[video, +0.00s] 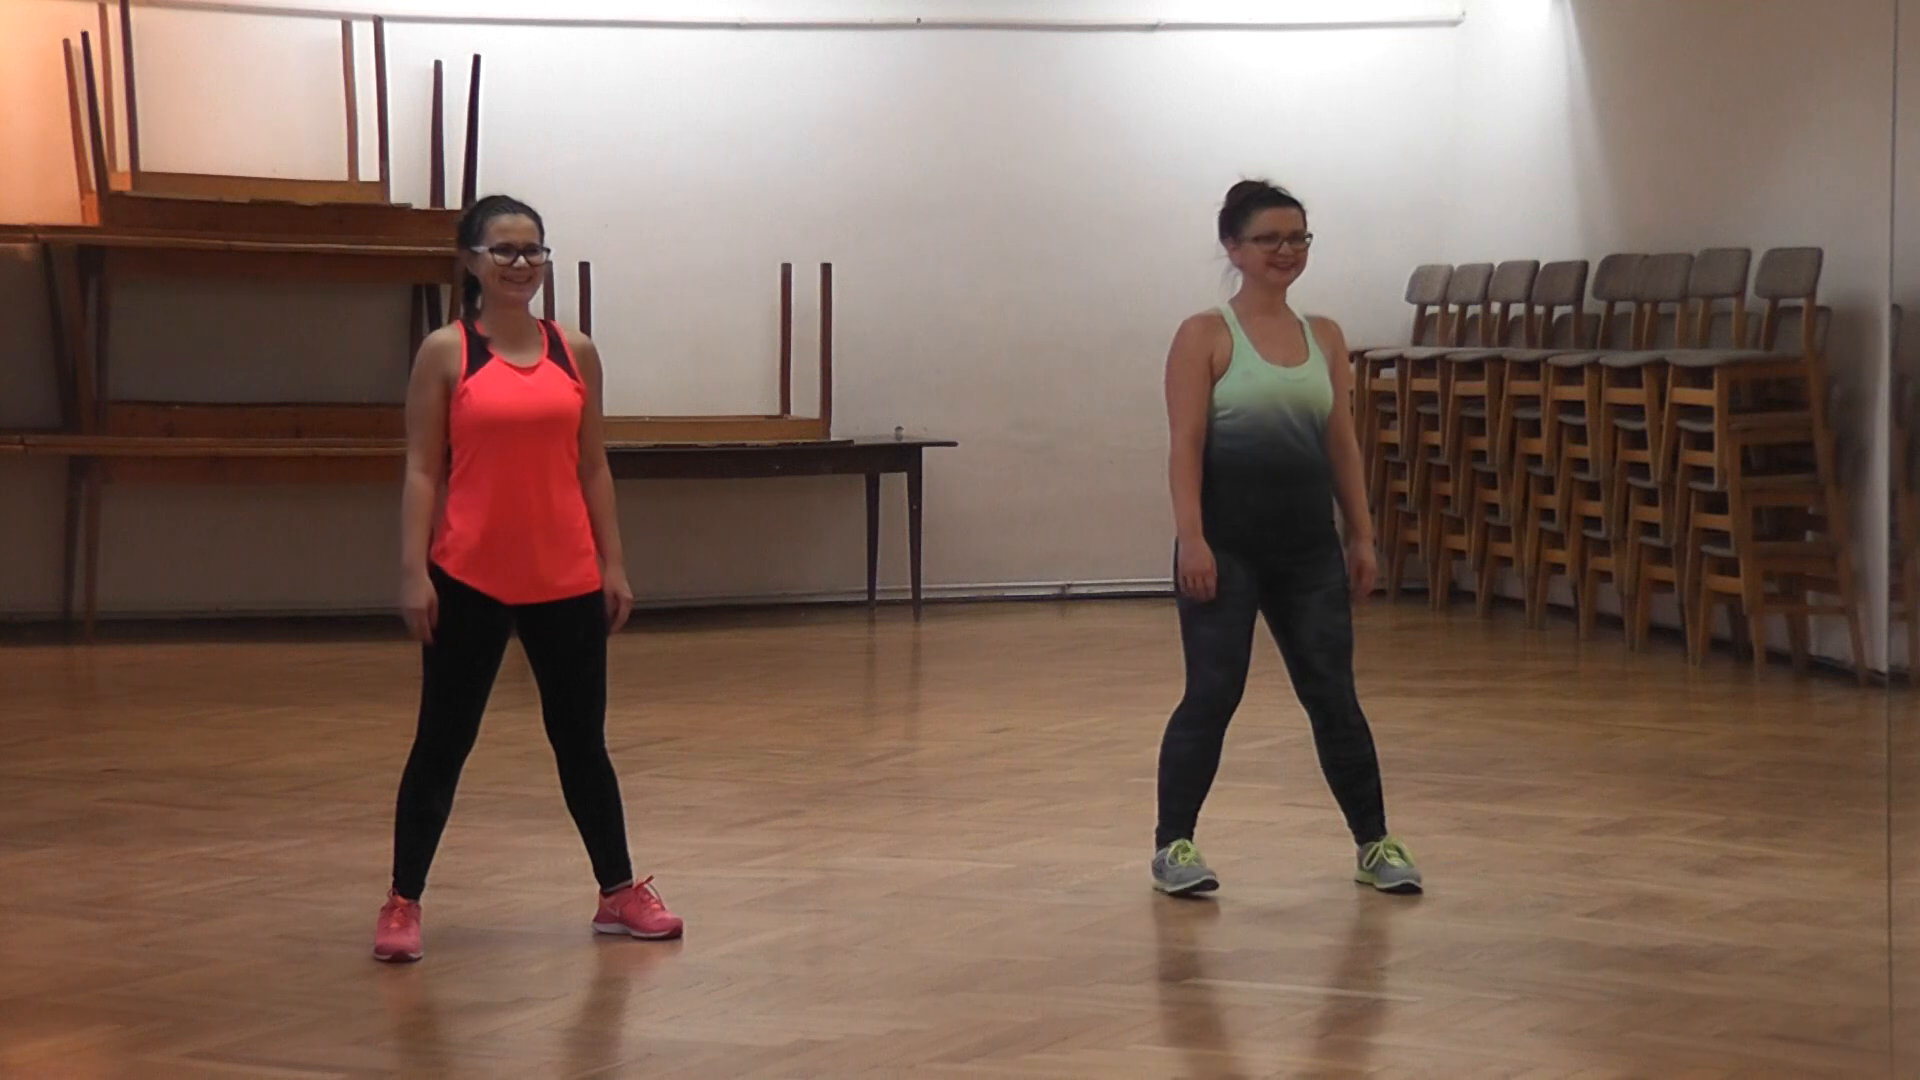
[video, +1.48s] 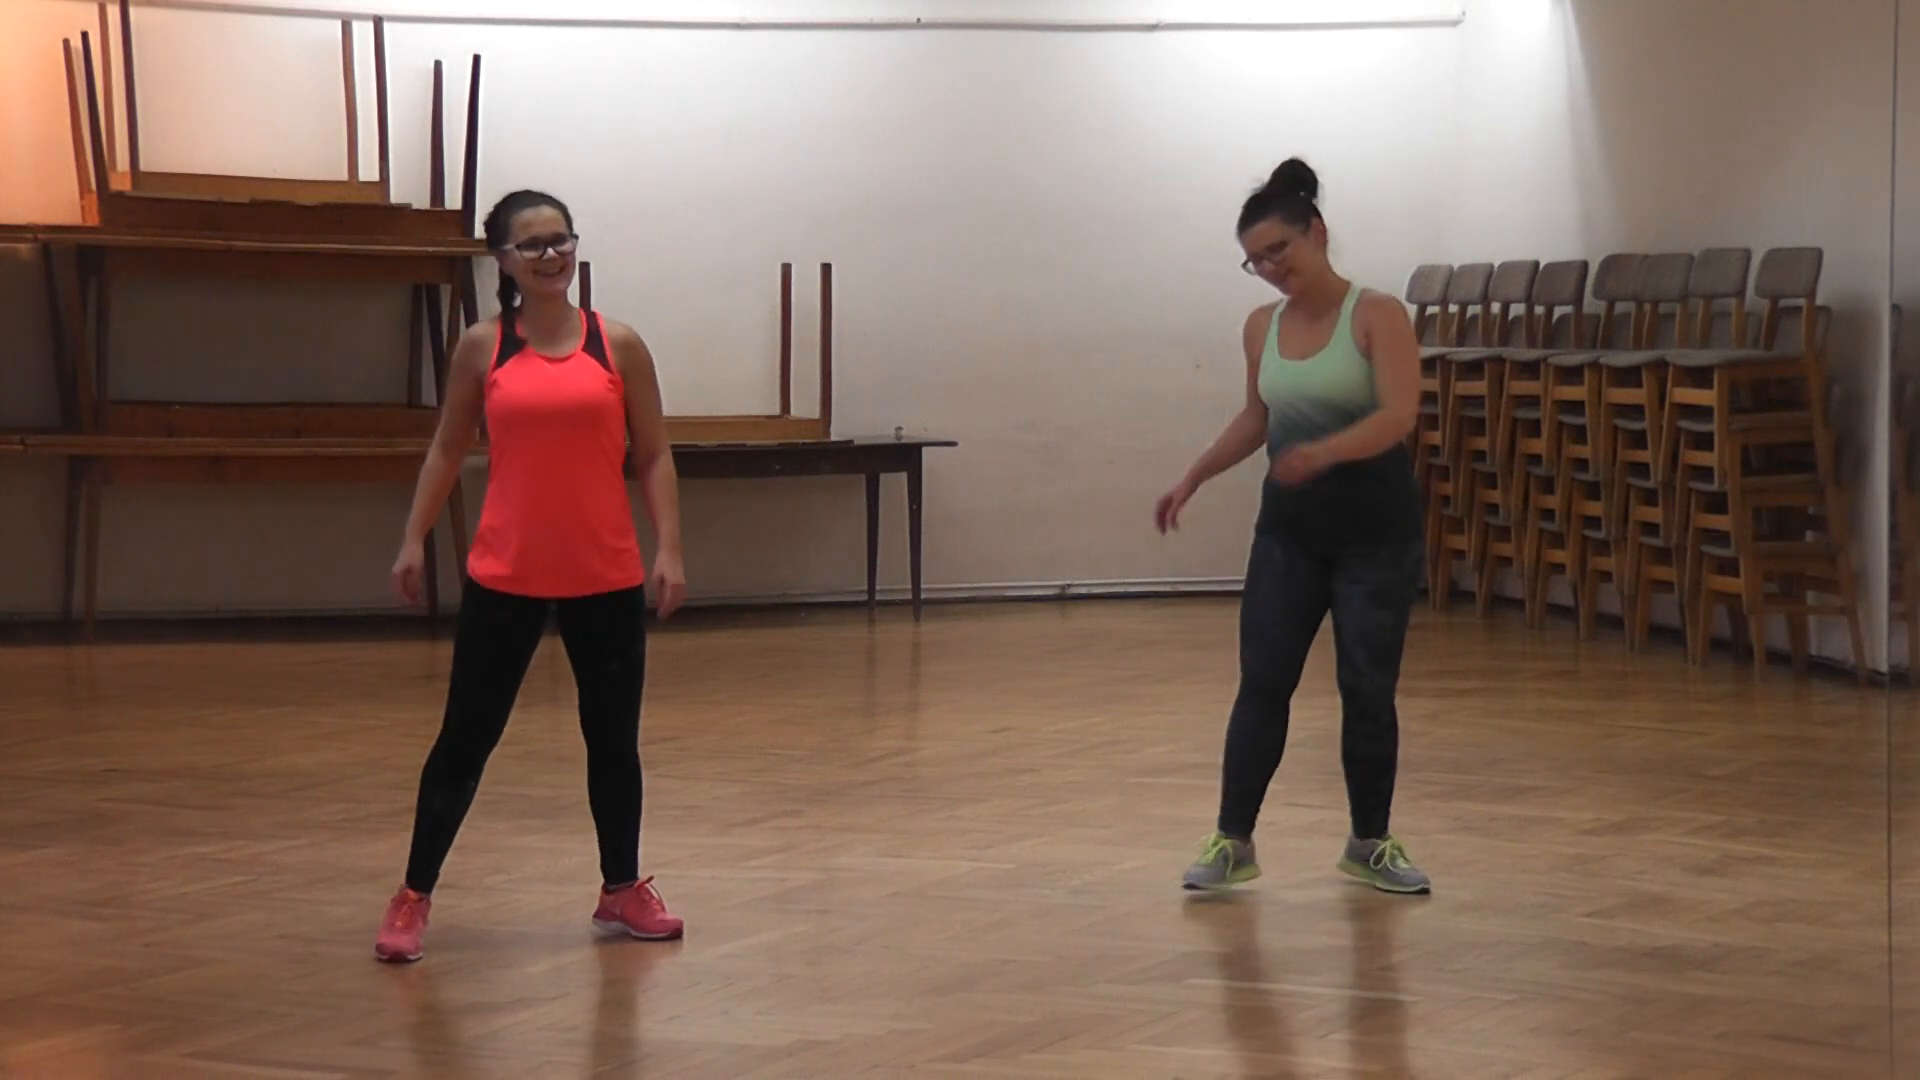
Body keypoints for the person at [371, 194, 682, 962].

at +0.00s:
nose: (521, 261)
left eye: (532, 249)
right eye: (504, 250)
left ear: (545, 260)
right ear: (472, 262)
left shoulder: (576, 353)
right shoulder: (445, 352)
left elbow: (594, 465)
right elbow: (424, 469)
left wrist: (613, 564)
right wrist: (413, 569)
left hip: (568, 579)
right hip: (470, 580)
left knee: (583, 740)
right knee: (441, 747)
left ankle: (620, 890)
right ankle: (403, 903)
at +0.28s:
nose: (522, 262)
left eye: (534, 250)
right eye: (506, 250)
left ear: (548, 261)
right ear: (475, 262)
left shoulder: (578, 354)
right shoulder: (447, 353)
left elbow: (595, 468)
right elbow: (426, 470)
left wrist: (614, 566)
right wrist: (418, 569)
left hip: (569, 580)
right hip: (471, 580)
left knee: (583, 741)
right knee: (442, 747)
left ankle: (620, 890)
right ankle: (403, 903)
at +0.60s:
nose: (526, 261)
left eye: (537, 249)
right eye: (509, 249)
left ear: (549, 261)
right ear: (476, 263)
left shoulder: (579, 356)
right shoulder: (447, 354)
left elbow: (593, 467)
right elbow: (405, 451)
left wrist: (614, 569)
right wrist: (425, 534)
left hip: (570, 584)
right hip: (474, 581)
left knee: (583, 742)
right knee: (443, 746)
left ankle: (620, 890)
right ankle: (403, 903)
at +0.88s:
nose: (532, 259)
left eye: (538, 245)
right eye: (512, 252)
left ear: (552, 255)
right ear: (480, 271)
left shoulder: (585, 358)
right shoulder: (453, 354)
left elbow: (599, 473)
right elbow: (414, 455)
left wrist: (616, 574)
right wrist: (405, 535)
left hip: (569, 584)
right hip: (472, 581)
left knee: (584, 742)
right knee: (443, 746)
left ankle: (620, 891)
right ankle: (403, 904)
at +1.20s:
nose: (534, 257)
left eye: (539, 243)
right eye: (513, 253)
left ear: (555, 251)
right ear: (484, 275)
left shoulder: (599, 352)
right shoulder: (465, 350)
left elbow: (619, 468)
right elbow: (437, 460)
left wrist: (637, 567)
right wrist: (417, 554)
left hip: (579, 580)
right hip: (477, 579)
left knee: (594, 742)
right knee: (447, 745)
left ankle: (620, 890)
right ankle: (403, 902)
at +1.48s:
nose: (553, 252)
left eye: (561, 239)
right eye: (535, 245)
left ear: (577, 246)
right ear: (504, 261)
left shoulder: (621, 347)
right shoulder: (481, 348)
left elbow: (653, 456)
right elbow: (447, 450)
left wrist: (669, 550)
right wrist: (414, 538)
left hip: (605, 574)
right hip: (506, 576)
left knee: (615, 739)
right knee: (464, 739)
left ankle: (622, 888)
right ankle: (414, 897)